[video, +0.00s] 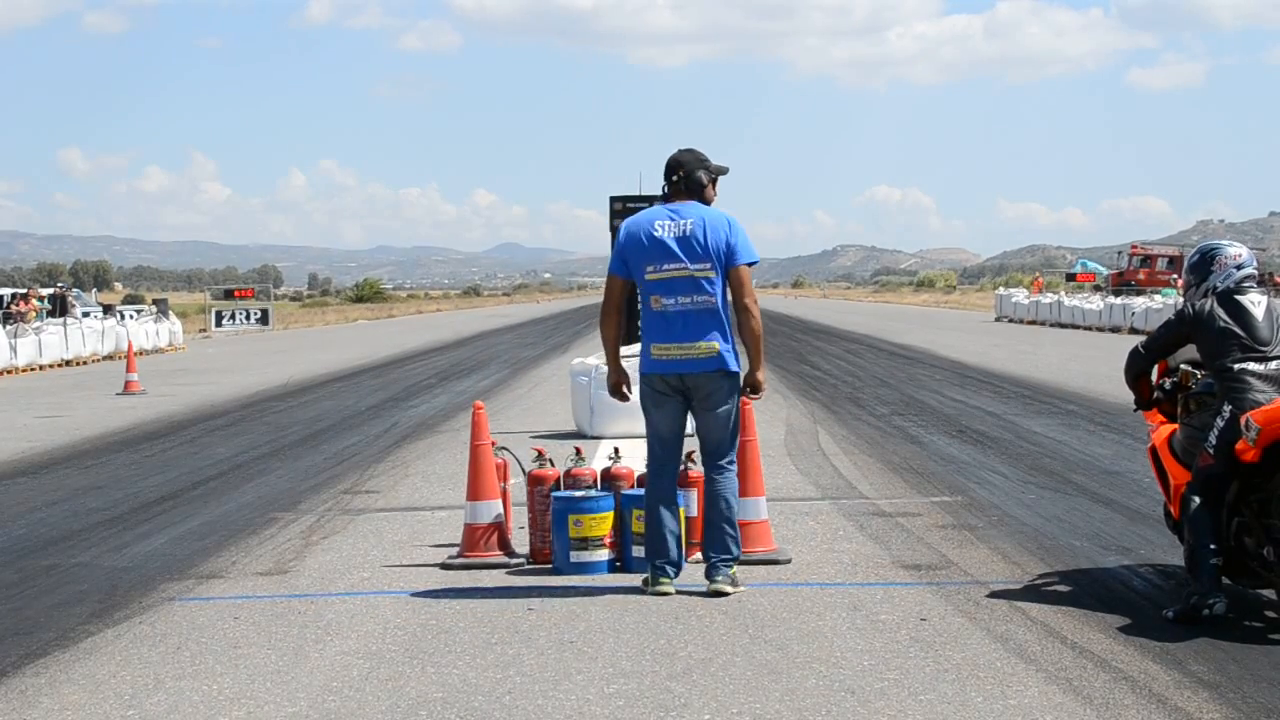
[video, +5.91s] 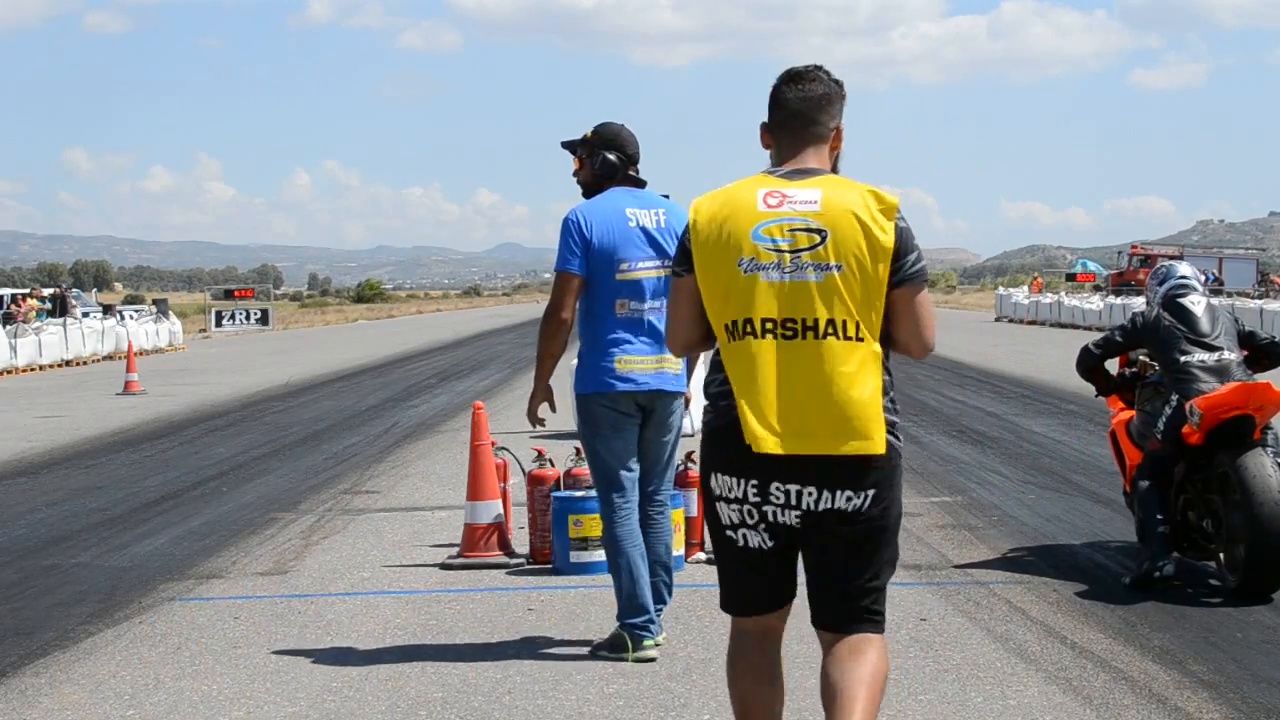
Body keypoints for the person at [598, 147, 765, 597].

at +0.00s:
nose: (716, 191)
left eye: (716, 184)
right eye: (714, 184)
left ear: (668, 183)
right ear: (703, 184)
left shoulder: (633, 229)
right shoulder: (721, 225)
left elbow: (612, 305)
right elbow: (746, 305)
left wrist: (613, 364)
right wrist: (757, 365)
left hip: (658, 366)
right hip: (713, 364)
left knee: (661, 466)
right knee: (720, 463)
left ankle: (661, 571)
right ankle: (720, 568)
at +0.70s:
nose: (641, 191)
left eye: (646, 184)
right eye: (642, 184)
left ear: (663, 184)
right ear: (687, 186)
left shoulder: (645, 227)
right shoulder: (729, 223)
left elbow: (597, 285)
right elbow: (778, 284)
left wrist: (541, 329)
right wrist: (828, 330)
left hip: (659, 365)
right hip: (717, 362)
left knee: (639, 465)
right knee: (717, 466)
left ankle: (621, 570)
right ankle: (721, 571)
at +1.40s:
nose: (580, 191)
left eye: (583, 184)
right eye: (581, 184)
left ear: (597, 185)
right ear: (626, 184)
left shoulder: (579, 227)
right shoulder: (664, 221)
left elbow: (517, 267)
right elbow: (715, 274)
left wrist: (464, 294)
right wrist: (757, 303)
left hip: (603, 362)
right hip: (659, 360)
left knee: (609, 467)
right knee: (663, 462)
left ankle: (616, 570)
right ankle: (667, 569)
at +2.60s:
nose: (566, 198)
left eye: (568, 190)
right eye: (566, 190)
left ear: (585, 187)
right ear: (611, 186)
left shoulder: (568, 230)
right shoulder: (654, 222)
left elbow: (530, 299)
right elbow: (688, 295)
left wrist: (515, 357)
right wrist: (706, 353)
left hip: (595, 366)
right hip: (652, 362)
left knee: (605, 469)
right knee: (659, 462)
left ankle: (616, 571)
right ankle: (667, 567)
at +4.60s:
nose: (528, 184)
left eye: (530, 176)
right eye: (527, 177)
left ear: (546, 177)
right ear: (580, 176)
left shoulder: (526, 227)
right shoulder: (626, 219)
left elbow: (502, 317)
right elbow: (651, 305)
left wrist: (486, 390)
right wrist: (654, 372)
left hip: (554, 375)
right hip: (618, 370)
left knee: (561, 485)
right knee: (630, 476)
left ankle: (569, 604)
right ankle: (646, 587)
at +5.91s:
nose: (577, 171)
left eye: (581, 162)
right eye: (577, 161)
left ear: (598, 165)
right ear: (631, 164)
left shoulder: (584, 219)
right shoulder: (676, 215)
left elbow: (562, 313)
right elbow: (698, 304)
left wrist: (541, 381)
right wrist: (686, 370)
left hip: (607, 380)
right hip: (669, 378)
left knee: (620, 501)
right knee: (659, 495)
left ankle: (639, 630)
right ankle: (653, 609)